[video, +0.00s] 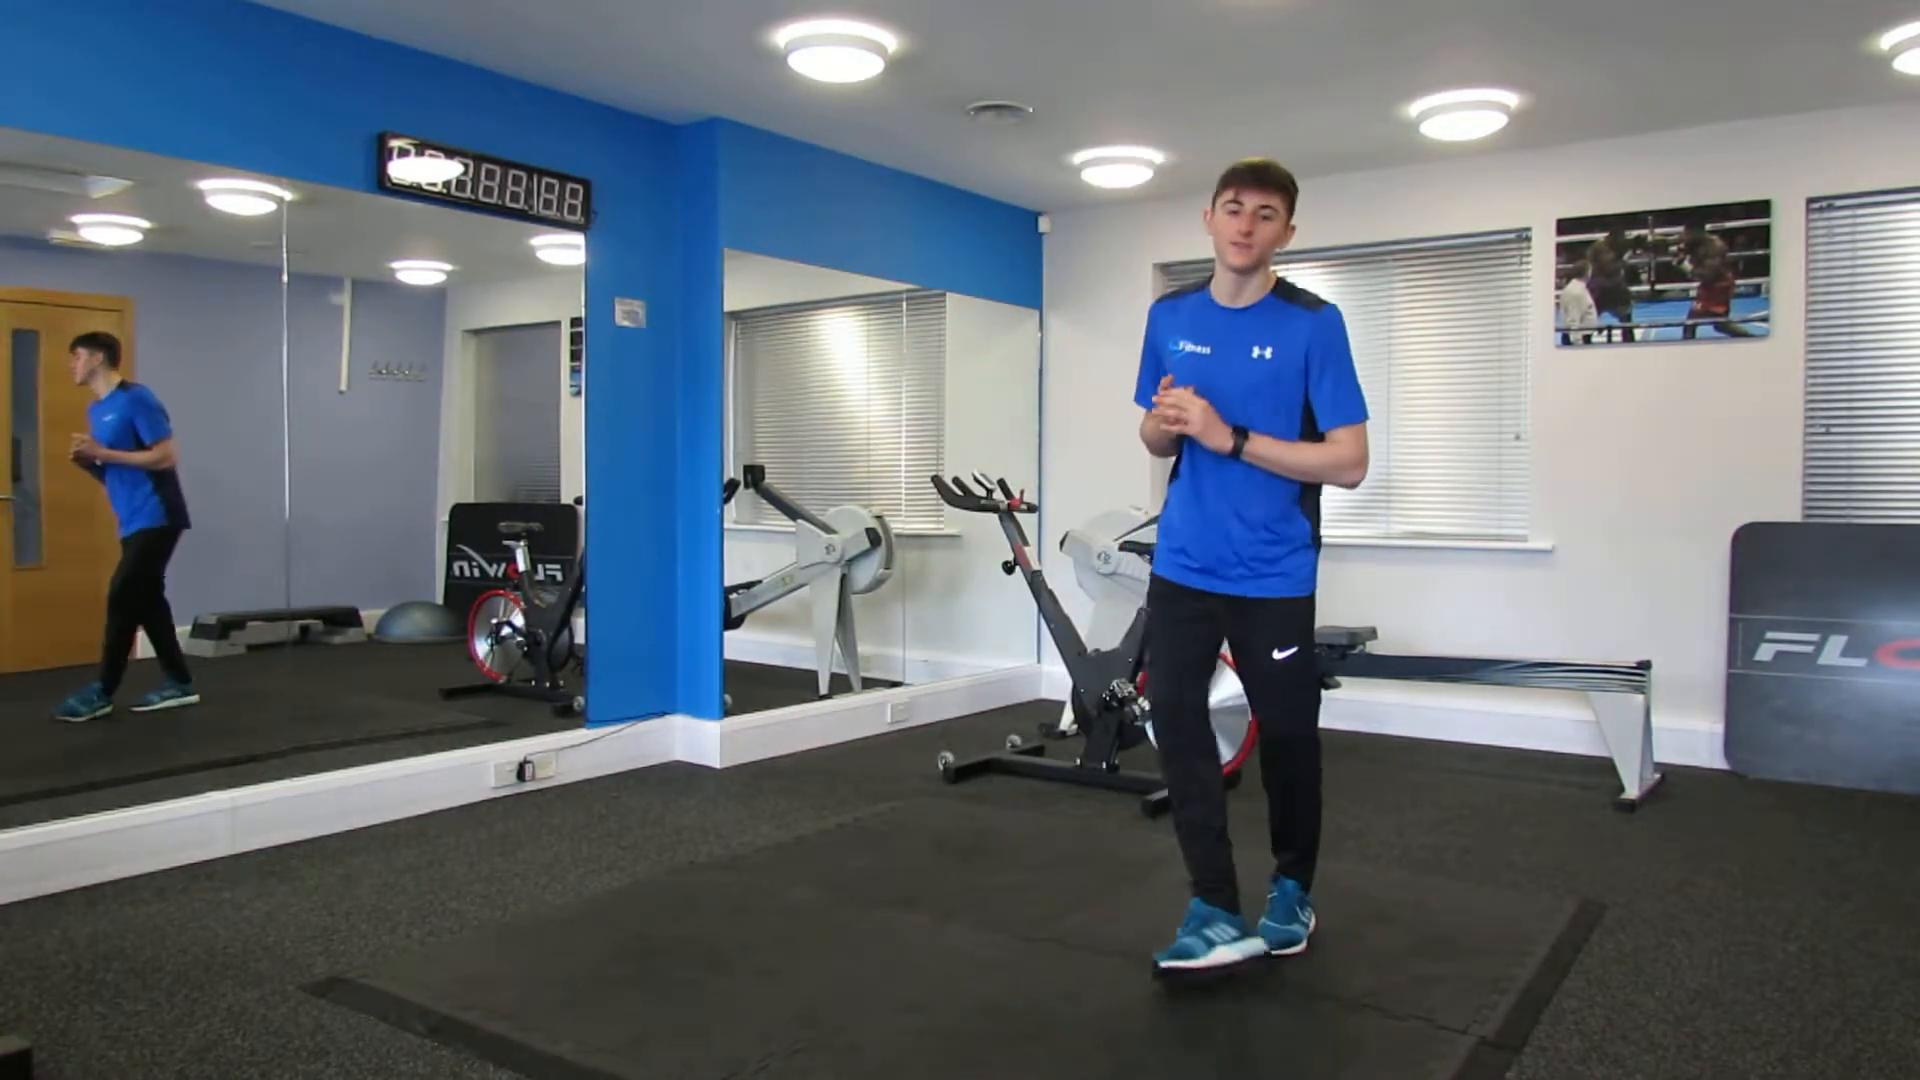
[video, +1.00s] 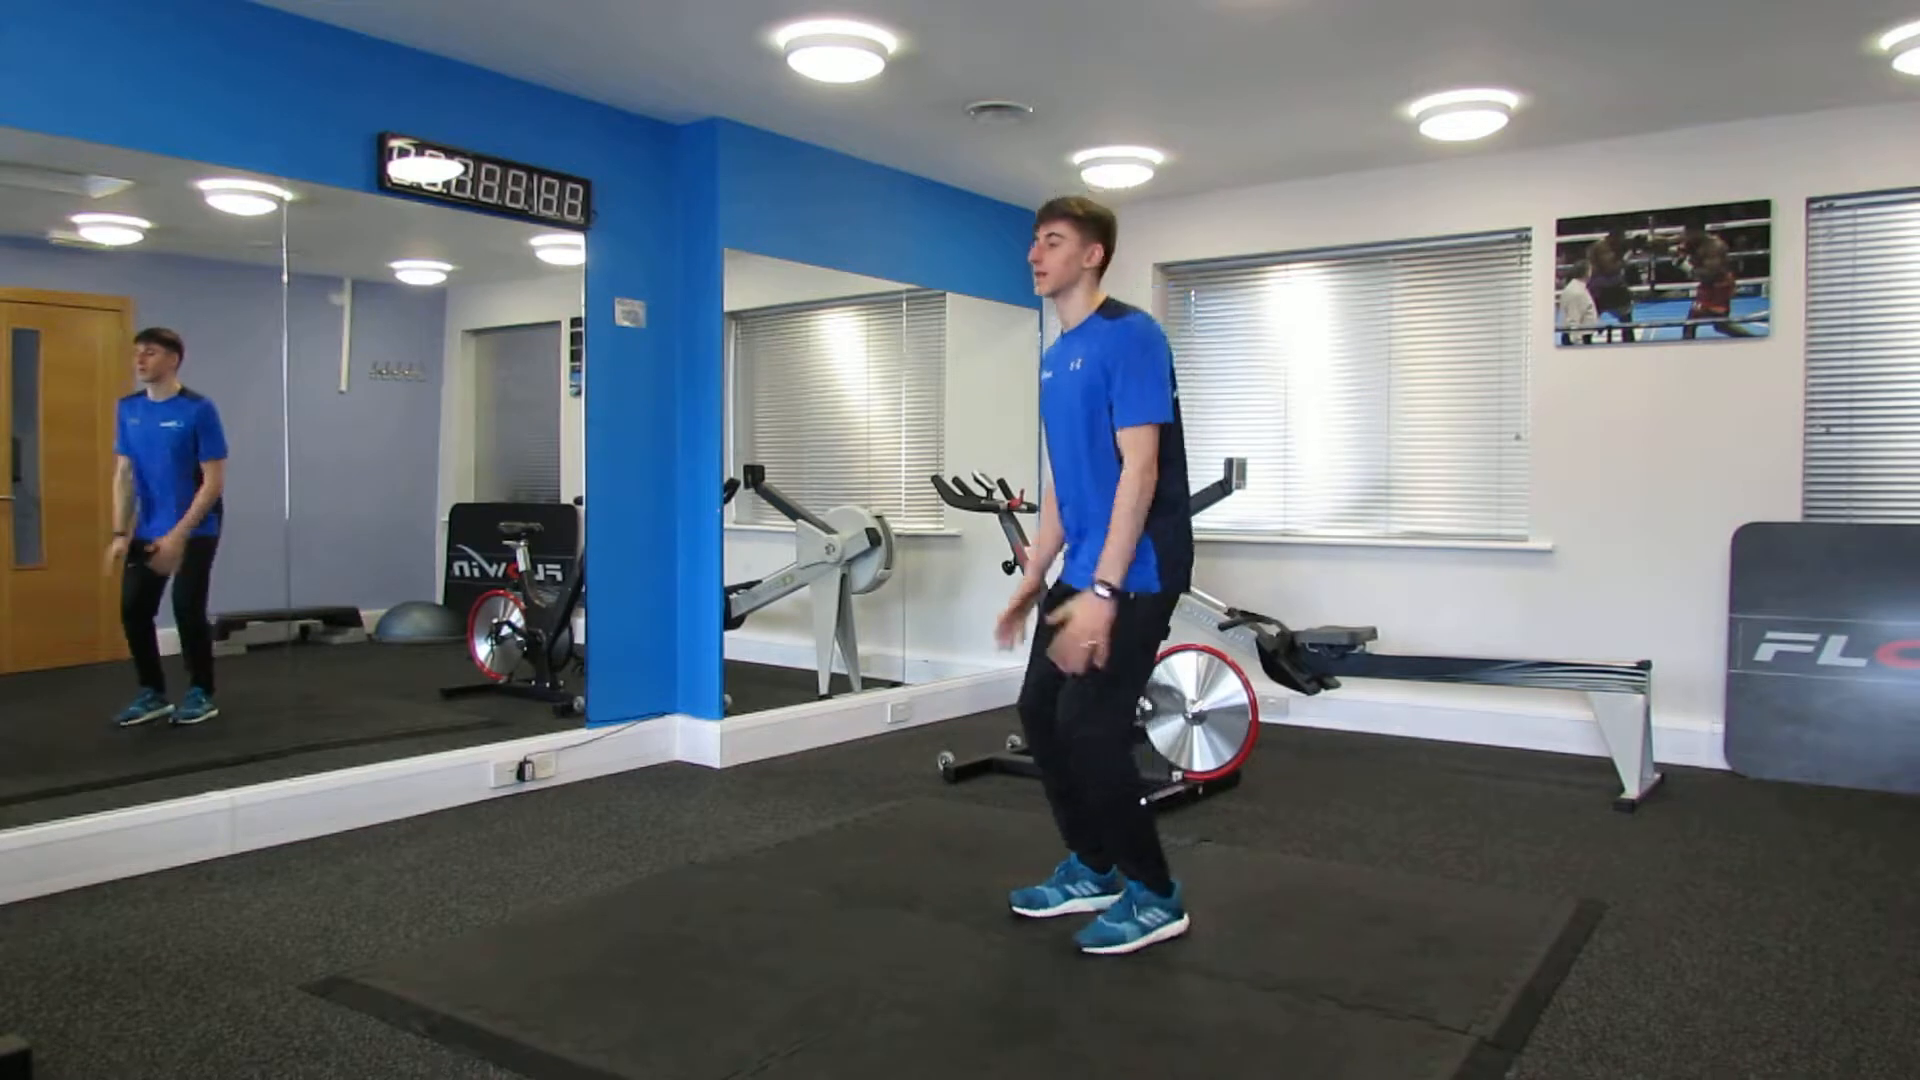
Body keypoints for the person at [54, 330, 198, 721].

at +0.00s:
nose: (73, 366)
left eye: (78, 357)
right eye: (73, 358)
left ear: (100, 358)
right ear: (95, 361)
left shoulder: (138, 398)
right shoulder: (96, 411)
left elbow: (167, 455)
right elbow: (114, 475)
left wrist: (104, 453)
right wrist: (86, 460)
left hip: (159, 519)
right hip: (132, 524)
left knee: (122, 596)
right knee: (150, 602)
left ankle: (104, 691)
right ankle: (181, 682)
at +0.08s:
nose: (79, 365)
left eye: (84, 356)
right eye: (79, 358)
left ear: (107, 356)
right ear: (101, 359)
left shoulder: (146, 396)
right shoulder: (105, 411)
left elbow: (180, 452)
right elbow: (125, 476)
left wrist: (116, 453)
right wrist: (97, 462)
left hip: (169, 514)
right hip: (141, 519)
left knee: (133, 588)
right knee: (154, 597)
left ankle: (130, 684)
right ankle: (181, 682)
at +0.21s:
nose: (93, 361)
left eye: (98, 352)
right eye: (93, 353)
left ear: (120, 353)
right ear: (116, 355)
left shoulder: (158, 395)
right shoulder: (116, 405)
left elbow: (191, 450)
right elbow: (131, 462)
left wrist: (128, 449)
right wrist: (106, 454)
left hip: (175, 512)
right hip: (148, 516)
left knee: (160, 594)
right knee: (156, 596)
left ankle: (181, 683)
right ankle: (172, 681)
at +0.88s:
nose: (141, 349)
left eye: (150, 342)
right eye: (139, 342)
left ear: (174, 348)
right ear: (139, 350)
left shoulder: (203, 397)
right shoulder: (133, 396)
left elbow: (222, 463)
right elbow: (133, 451)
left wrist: (162, 491)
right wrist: (135, 491)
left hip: (202, 523)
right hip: (158, 522)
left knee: (203, 609)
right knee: (149, 606)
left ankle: (207, 692)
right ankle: (161, 689)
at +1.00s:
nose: (142, 360)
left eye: (151, 354)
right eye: (139, 354)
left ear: (174, 360)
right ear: (135, 362)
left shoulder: (199, 410)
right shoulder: (129, 409)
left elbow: (213, 483)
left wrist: (179, 534)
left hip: (195, 528)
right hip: (150, 528)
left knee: (188, 609)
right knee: (134, 611)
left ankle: (203, 692)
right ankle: (154, 692)